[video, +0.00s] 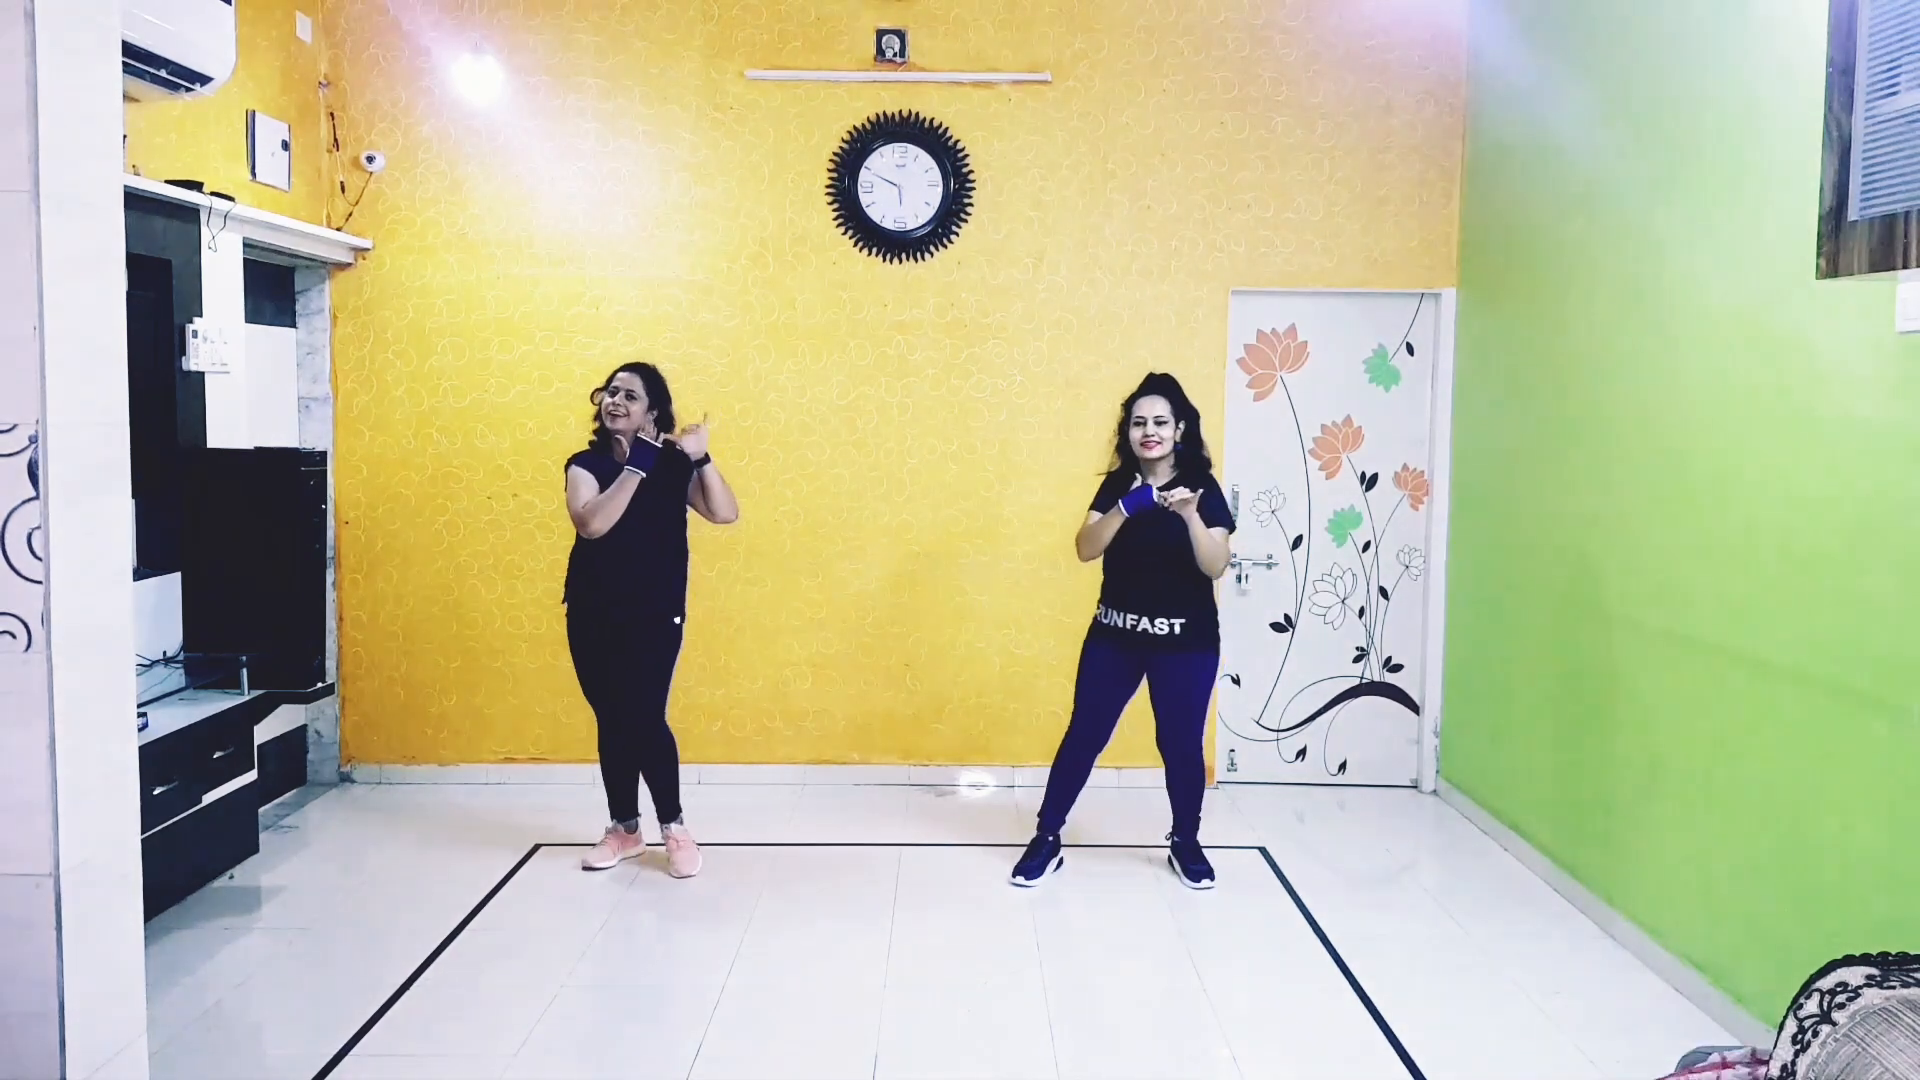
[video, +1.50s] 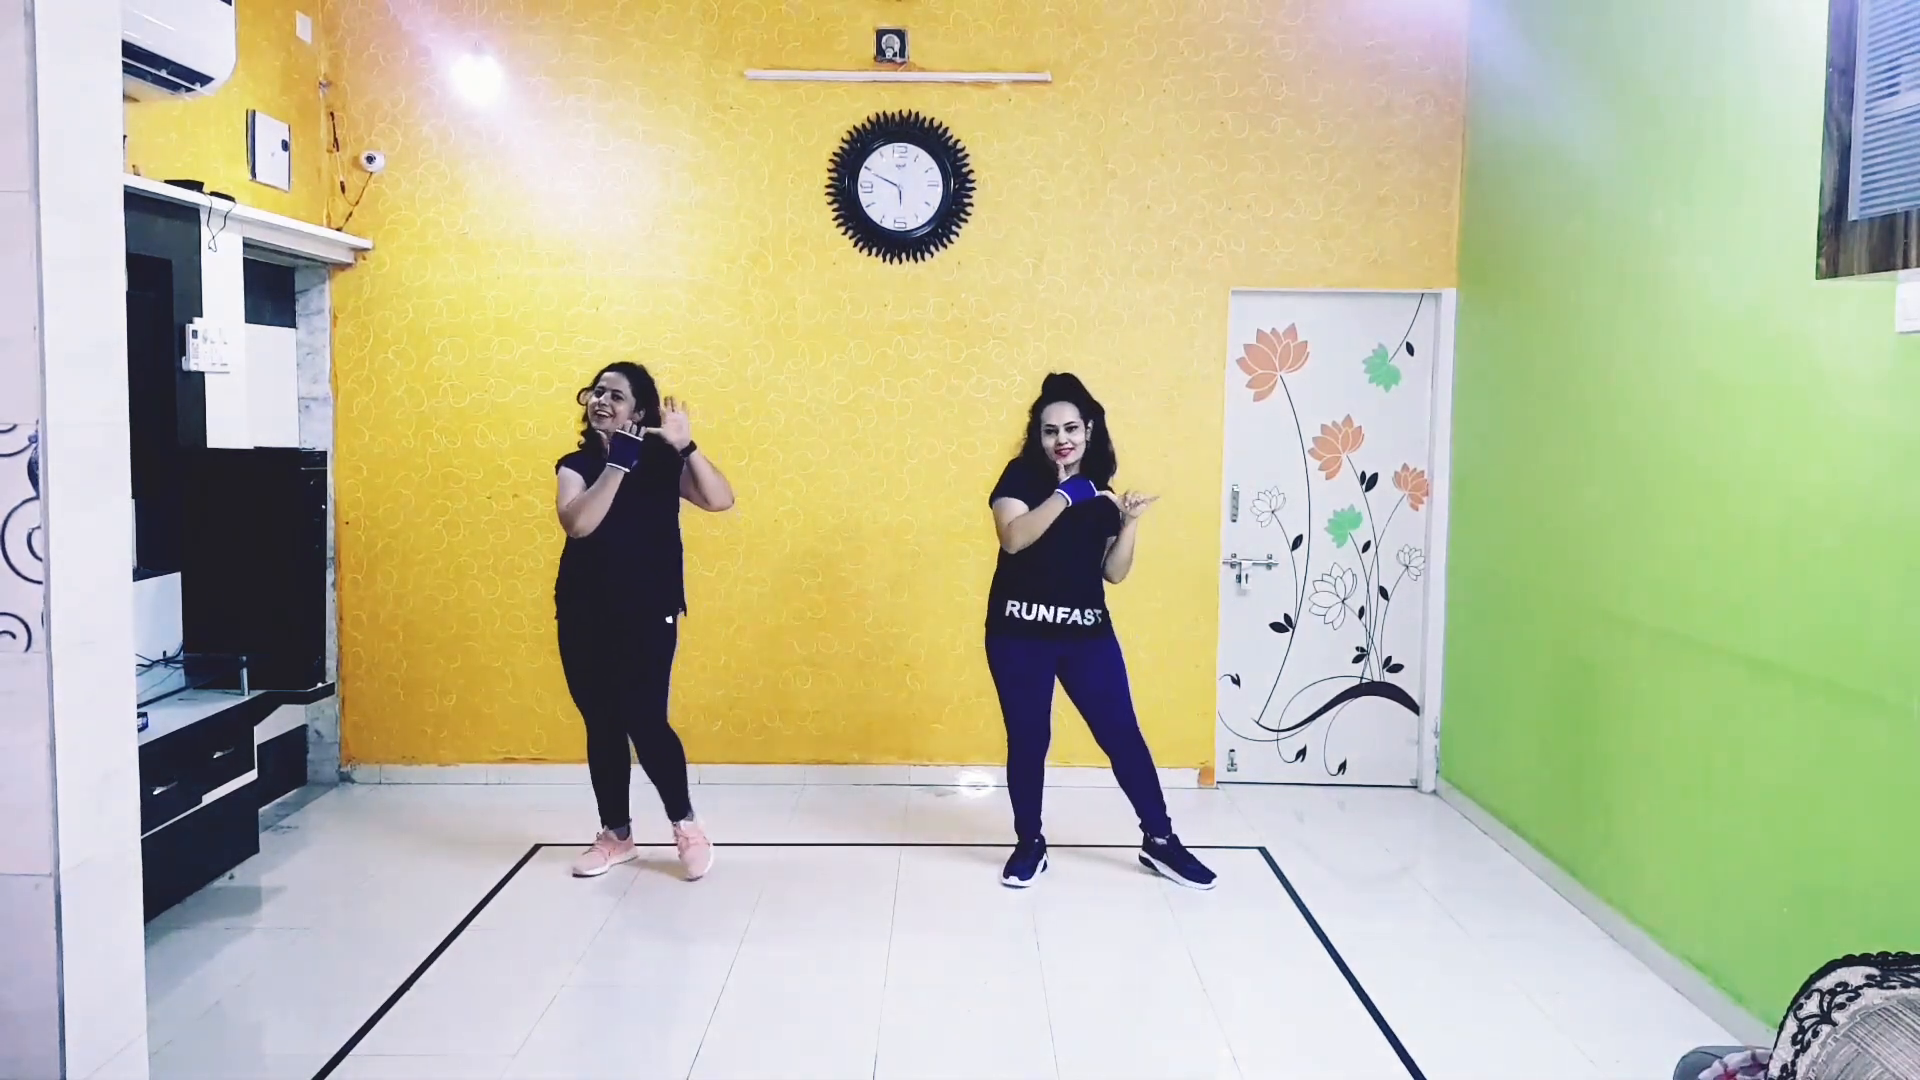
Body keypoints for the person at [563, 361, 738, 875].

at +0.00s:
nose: (614, 400)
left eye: (628, 395)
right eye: (611, 392)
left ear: (654, 412)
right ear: (601, 404)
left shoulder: (673, 462)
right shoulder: (586, 464)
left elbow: (725, 513)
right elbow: (591, 523)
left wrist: (703, 457)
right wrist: (637, 463)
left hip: (657, 610)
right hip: (595, 610)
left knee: (647, 716)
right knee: (612, 718)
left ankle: (673, 828)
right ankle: (624, 829)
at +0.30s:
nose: (611, 399)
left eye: (624, 394)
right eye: (607, 390)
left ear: (651, 407)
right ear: (597, 400)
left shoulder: (668, 458)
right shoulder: (582, 458)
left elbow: (720, 511)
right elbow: (582, 515)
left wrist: (699, 454)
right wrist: (630, 459)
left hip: (657, 603)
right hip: (595, 604)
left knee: (640, 710)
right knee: (612, 714)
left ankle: (676, 821)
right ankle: (624, 827)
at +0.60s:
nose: (621, 396)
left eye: (634, 392)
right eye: (616, 388)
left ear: (658, 408)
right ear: (604, 398)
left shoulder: (674, 458)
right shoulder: (586, 457)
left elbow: (724, 512)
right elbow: (590, 512)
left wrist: (704, 452)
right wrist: (638, 455)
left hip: (677, 606)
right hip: (613, 608)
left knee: (674, 717)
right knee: (622, 720)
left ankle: (689, 833)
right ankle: (625, 830)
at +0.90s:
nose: (622, 395)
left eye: (635, 389)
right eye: (617, 387)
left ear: (661, 405)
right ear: (606, 398)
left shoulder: (678, 459)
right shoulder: (589, 457)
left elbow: (730, 509)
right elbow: (598, 511)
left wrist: (711, 450)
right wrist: (645, 454)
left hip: (678, 610)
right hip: (612, 611)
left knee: (674, 720)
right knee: (606, 725)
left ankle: (687, 833)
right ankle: (614, 831)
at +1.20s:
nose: (605, 401)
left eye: (618, 395)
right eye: (600, 393)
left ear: (645, 408)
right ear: (590, 405)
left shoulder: (669, 461)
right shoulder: (580, 464)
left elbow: (724, 508)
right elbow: (586, 520)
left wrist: (699, 454)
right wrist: (629, 460)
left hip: (643, 611)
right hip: (579, 610)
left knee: (639, 723)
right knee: (594, 723)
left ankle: (663, 829)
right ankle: (612, 831)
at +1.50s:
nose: (601, 401)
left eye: (615, 395)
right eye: (597, 393)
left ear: (642, 411)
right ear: (588, 404)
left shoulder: (663, 460)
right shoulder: (577, 463)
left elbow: (719, 501)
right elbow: (578, 523)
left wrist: (687, 448)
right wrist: (618, 461)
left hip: (650, 610)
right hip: (586, 612)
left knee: (646, 720)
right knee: (602, 725)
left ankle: (685, 825)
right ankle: (615, 834)